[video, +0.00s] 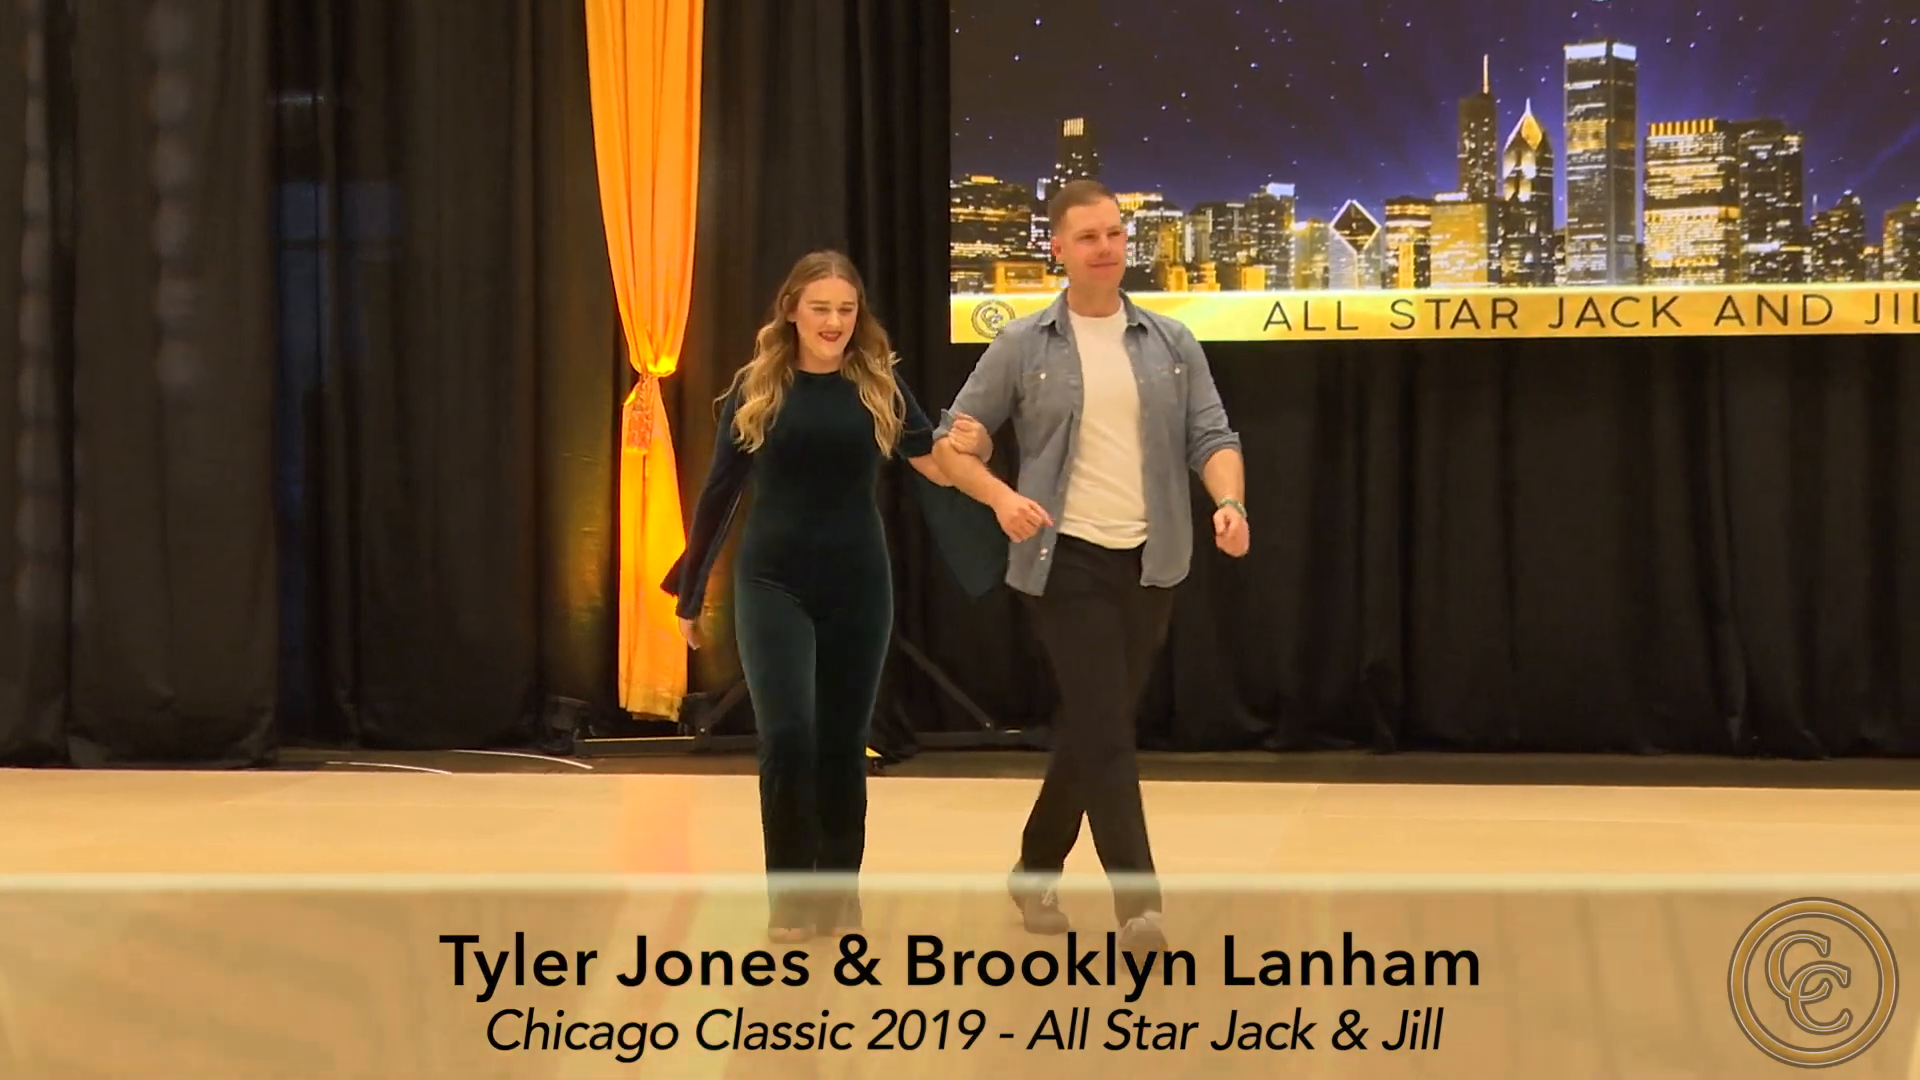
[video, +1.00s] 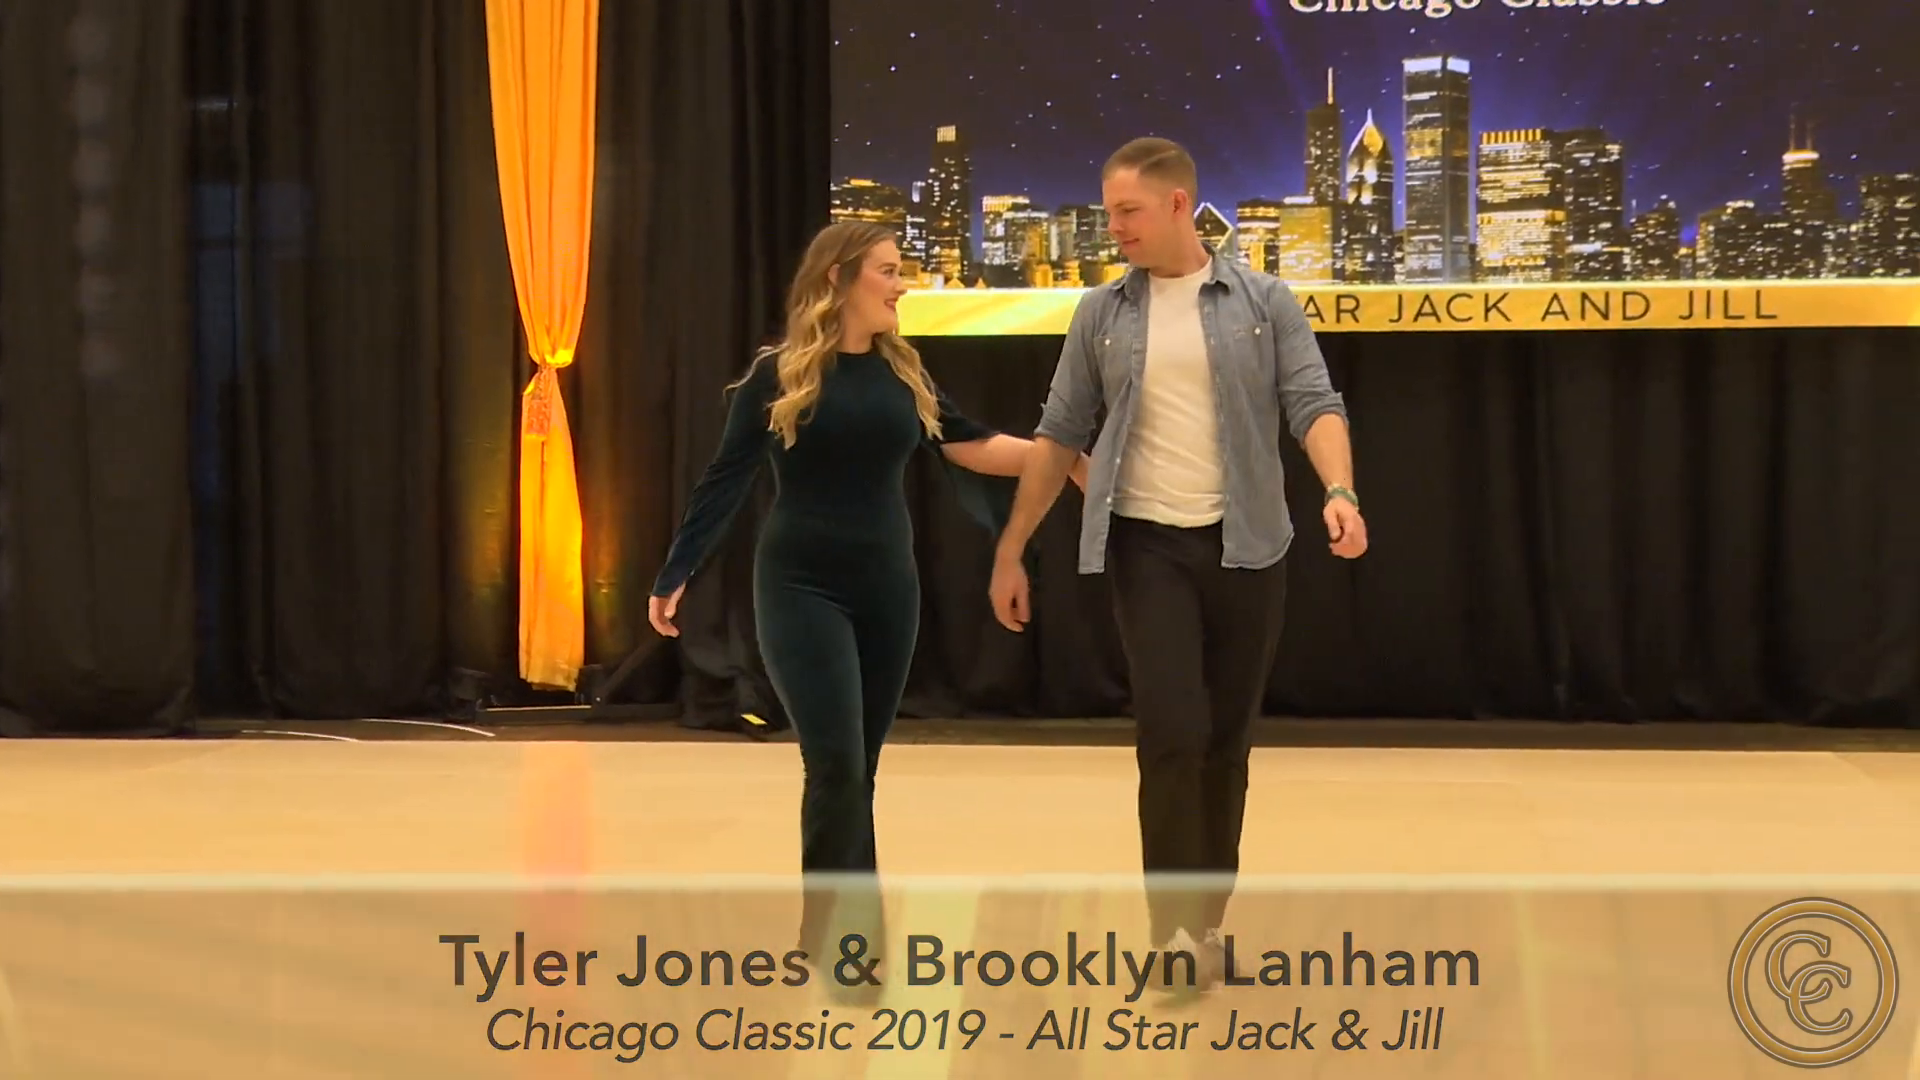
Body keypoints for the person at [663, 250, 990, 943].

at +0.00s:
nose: (835, 321)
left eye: (846, 310)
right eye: (821, 308)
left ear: (858, 316)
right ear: (793, 312)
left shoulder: (879, 386)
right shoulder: (755, 388)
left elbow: (932, 458)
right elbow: (722, 489)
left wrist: (970, 444)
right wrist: (690, 573)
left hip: (859, 587)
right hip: (772, 582)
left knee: (842, 749)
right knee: (789, 741)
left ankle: (839, 904)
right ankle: (790, 910)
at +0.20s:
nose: (829, 327)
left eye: (841, 315)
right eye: (815, 314)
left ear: (854, 323)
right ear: (786, 320)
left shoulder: (877, 396)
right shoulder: (751, 401)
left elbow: (947, 466)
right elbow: (717, 503)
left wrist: (988, 440)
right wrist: (684, 601)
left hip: (857, 601)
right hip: (770, 598)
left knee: (840, 762)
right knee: (795, 753)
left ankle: (831, 914)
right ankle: (797, 920)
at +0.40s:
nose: (824, 305)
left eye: (835, 292)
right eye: (809, 291)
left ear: (846, 299)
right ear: (775, 296)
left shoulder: (866, 374)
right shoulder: (739, 377)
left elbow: (930, 448)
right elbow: (704, 487)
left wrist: (988, 432)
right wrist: (676, 584)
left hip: (857, 588)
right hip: (761, 587)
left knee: (862, 758)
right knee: (776, 760)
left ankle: (814, 886)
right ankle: (770, 924)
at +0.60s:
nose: (847, 307)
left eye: (853, 295)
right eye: (832, 293)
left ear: (857, 304)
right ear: (788, 298)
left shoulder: (873, 380)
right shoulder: (744, 381)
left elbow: (940, 451)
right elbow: (705, 478)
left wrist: (1023, 457)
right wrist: (705, 522)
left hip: (864, 595)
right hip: (769, 598)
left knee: (867, 769)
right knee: (770, 770)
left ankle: (892, 939)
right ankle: (761, 932)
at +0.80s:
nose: (875, 297)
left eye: (877, 285)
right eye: (861, 283)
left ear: (870, 295)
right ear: (813, 290)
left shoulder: (890, 379)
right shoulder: (764, 379)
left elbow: (961, 458)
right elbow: (717, 480)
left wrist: (1061, 469)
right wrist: (683, 558)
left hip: (878, 594)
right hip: (780, 596)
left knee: (870, 775)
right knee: (787, 773)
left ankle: (855, 939)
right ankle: (749, 885)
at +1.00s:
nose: (899, 285)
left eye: (899, 273)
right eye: (886, 272)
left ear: (880, 283)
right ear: (839, 279)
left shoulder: (903, 372)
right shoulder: (779, 371)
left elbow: (973, 443)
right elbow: (728, 477)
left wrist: (1064, 456)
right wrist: (678, 568)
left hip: (888, 588)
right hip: (799, 586)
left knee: (858, 768)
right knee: (836, 763)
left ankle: (838, 936)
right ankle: (841, 942)